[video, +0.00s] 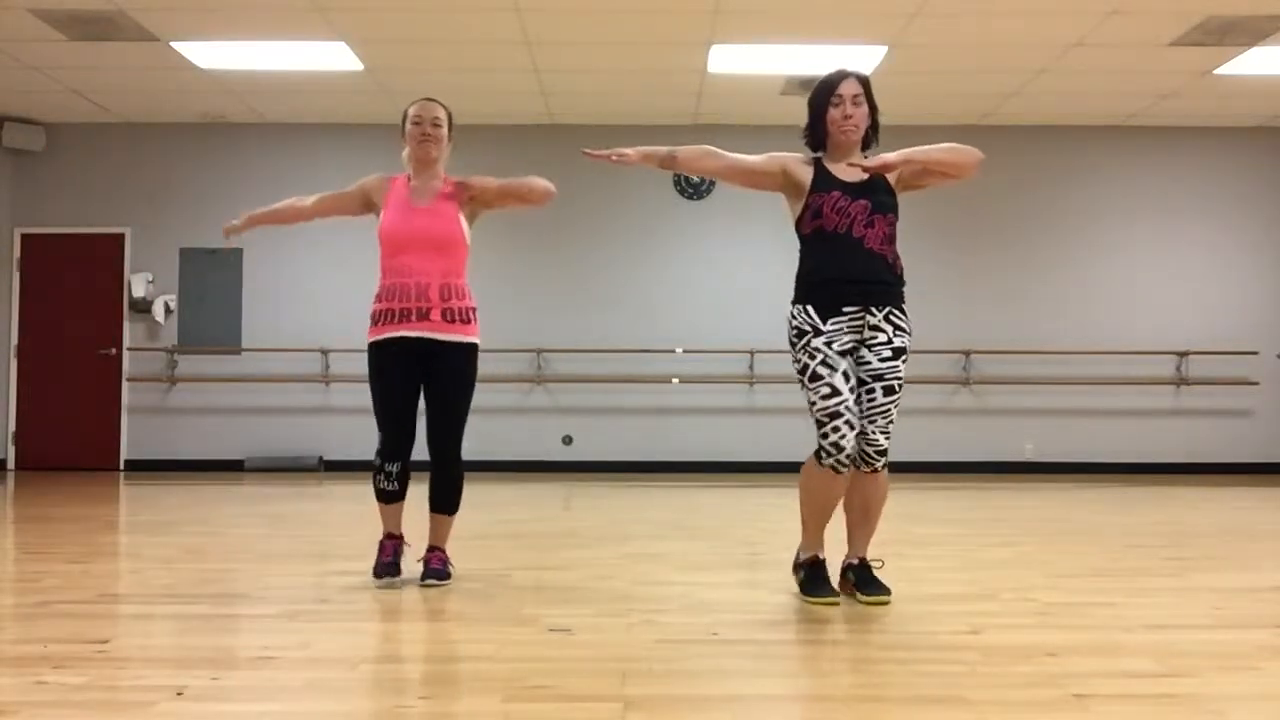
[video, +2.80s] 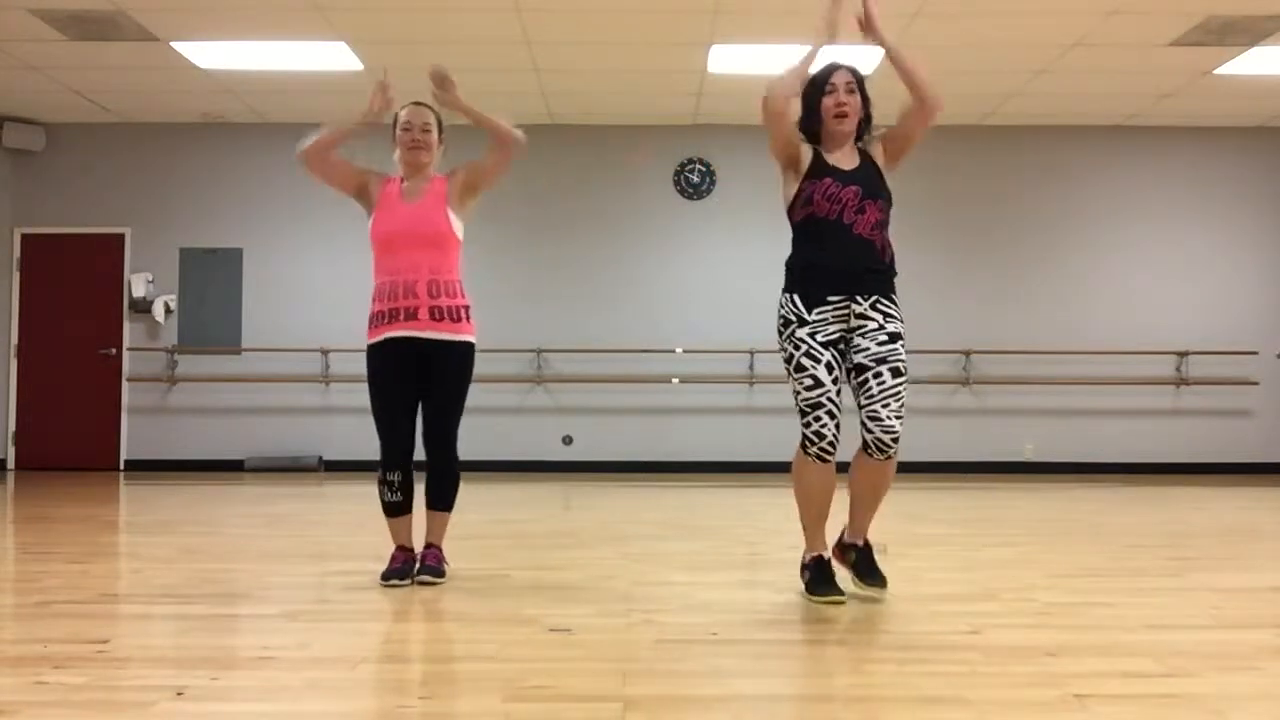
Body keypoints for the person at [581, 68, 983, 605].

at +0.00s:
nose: (848, 111)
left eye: (857, 102)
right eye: (838, 103)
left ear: (871, 114)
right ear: (819, 114)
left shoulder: (891, 174)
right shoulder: (798, 171)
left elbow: (972, 159)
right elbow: (721, 162)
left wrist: (902, 160)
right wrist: (647, 156)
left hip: (884, 319)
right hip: (820, 320)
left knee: (874, 444)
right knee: (839, 440)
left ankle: (858, 563)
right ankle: (811, 557)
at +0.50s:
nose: (847, 108)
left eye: (856, 99)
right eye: (837, 100)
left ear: (871, 111)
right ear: (820, 112)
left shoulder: (893, 164)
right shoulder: (798, 166)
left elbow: (964, 158)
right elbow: (730, 160)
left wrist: (962, 139)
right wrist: (684, 139)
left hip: (882, 317)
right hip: (817, 317)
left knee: (876, 441)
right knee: (827, 438)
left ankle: (859, 556)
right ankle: (813, 560)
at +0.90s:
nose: (837, 110)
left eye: (846, 100)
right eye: (827, 101)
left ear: (861, 111)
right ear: (810, 113)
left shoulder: (884, 164)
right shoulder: (789, 172)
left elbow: (965, 155)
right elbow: (715, 160)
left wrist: (1044, 150)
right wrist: (781, 151)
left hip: (875, 318)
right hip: (809, 320)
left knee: (868, 443)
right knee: (828, 440)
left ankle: (856, 560)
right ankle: (820, 563)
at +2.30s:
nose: (841, 99)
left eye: (851, 90)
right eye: (831, 92)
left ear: (868, 102)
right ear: (817, 107)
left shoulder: (890, 159)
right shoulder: (798, 164)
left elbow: (930, 216)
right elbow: (728, 199)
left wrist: (984, 175)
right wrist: (784, 174)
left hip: (881, 311)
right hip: (814, 311)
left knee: (873, 439)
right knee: (827, 434)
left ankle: (856, 556)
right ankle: (817, 553)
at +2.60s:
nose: (843, 107)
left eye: (853, 100)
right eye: (833, 100)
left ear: (867, 114)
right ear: (817, 112)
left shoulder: (887, 173)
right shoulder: (797, 171)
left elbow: (930, 231)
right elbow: (762, 221)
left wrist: (911, 177)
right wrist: (813, 160)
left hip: (884, 315)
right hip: (820, 316)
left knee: (874, 439)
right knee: (840, 435)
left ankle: (854, 560)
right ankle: (817, 556)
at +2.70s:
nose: (842, 102)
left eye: (851, 95)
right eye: (833, 94)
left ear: (864, 109)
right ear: (817, 106)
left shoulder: (882, 164)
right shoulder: (800, 163)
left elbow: (941, 159)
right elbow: (772, 164)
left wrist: (901, 110)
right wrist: (807, 105)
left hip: (878, 311)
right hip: (814, 312)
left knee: (874, 435)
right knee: (831, 434)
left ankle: (856, 555)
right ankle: (816, 555)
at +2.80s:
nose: (841, 98)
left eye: (850, 91)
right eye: (830, 91)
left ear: (864, 104)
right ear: (814, 106)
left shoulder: (881, 154)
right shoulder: (797, 159)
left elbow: (928, 104)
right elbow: (775, 98)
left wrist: (882, 39)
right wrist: (821, 45)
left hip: (876, 309)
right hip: (810, 311)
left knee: (884, 427)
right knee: (821, 429)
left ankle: (855, 541)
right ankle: (815, 556)